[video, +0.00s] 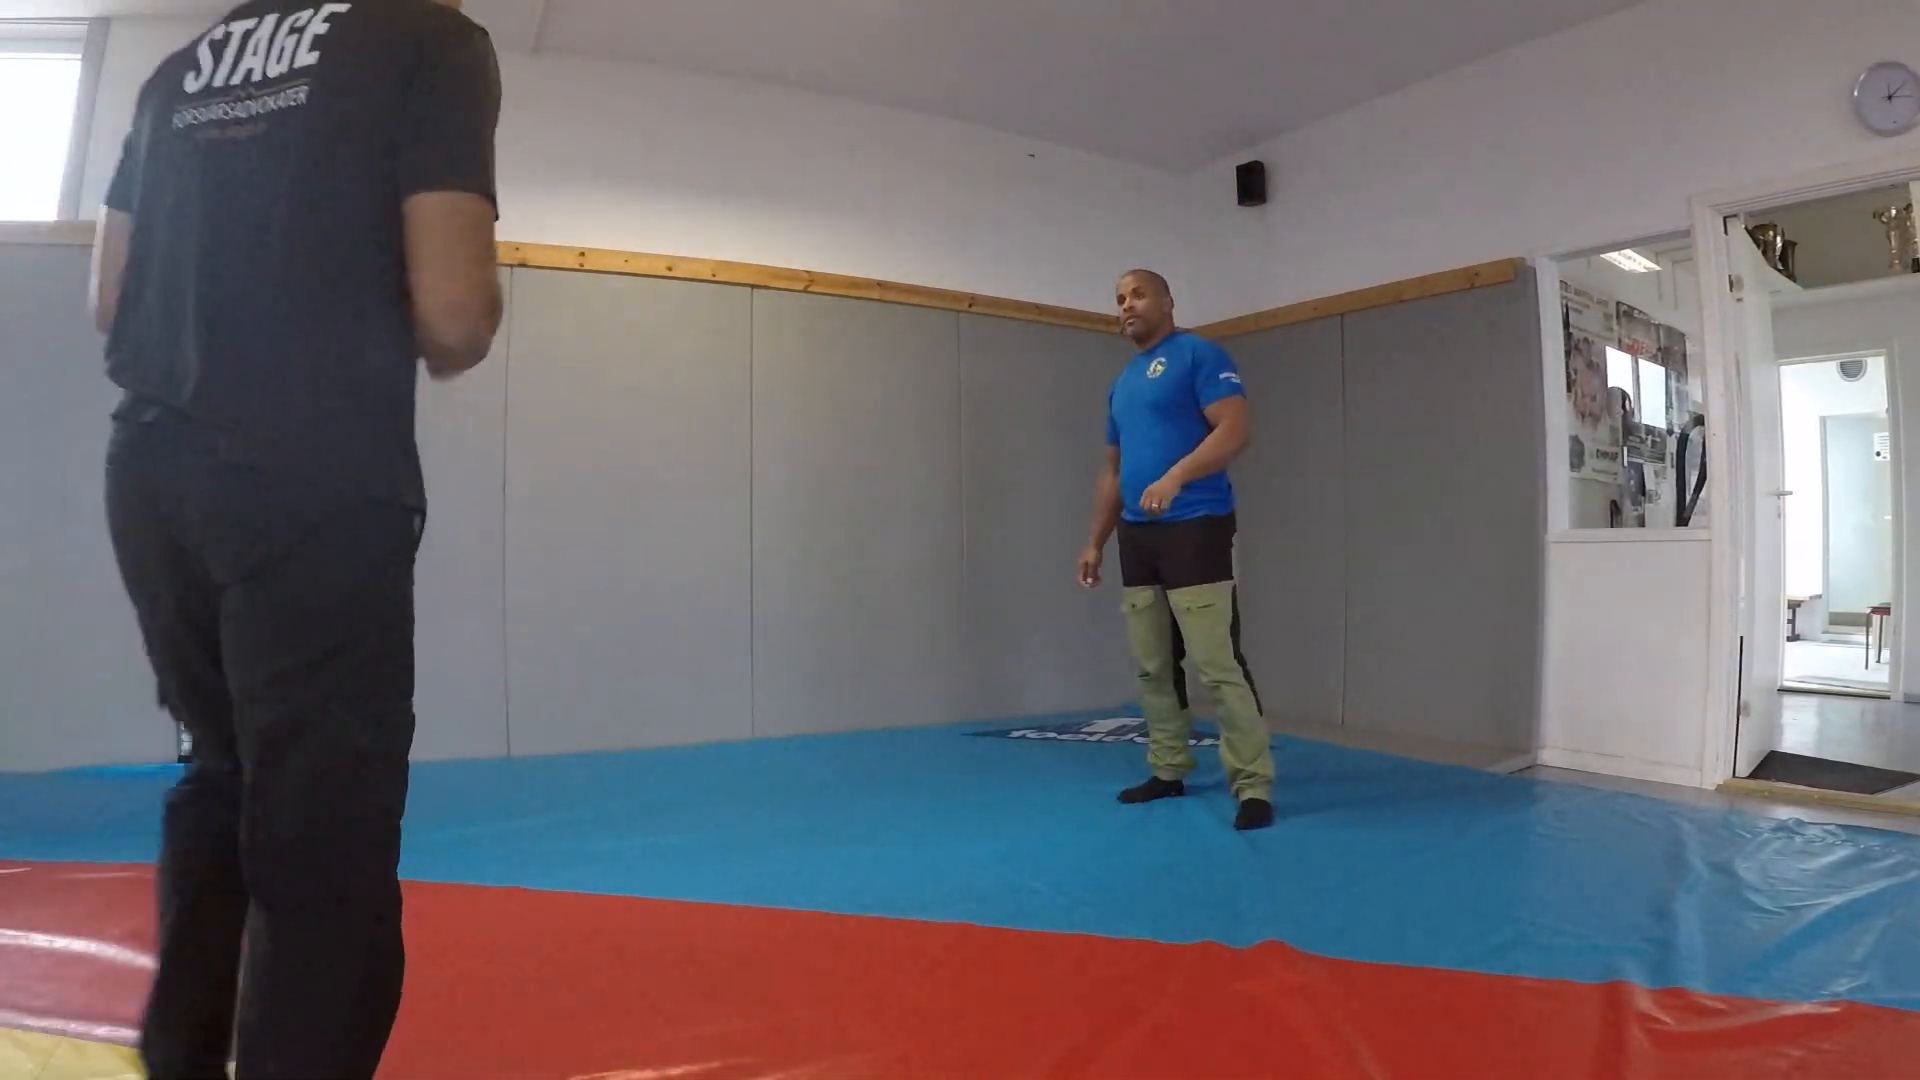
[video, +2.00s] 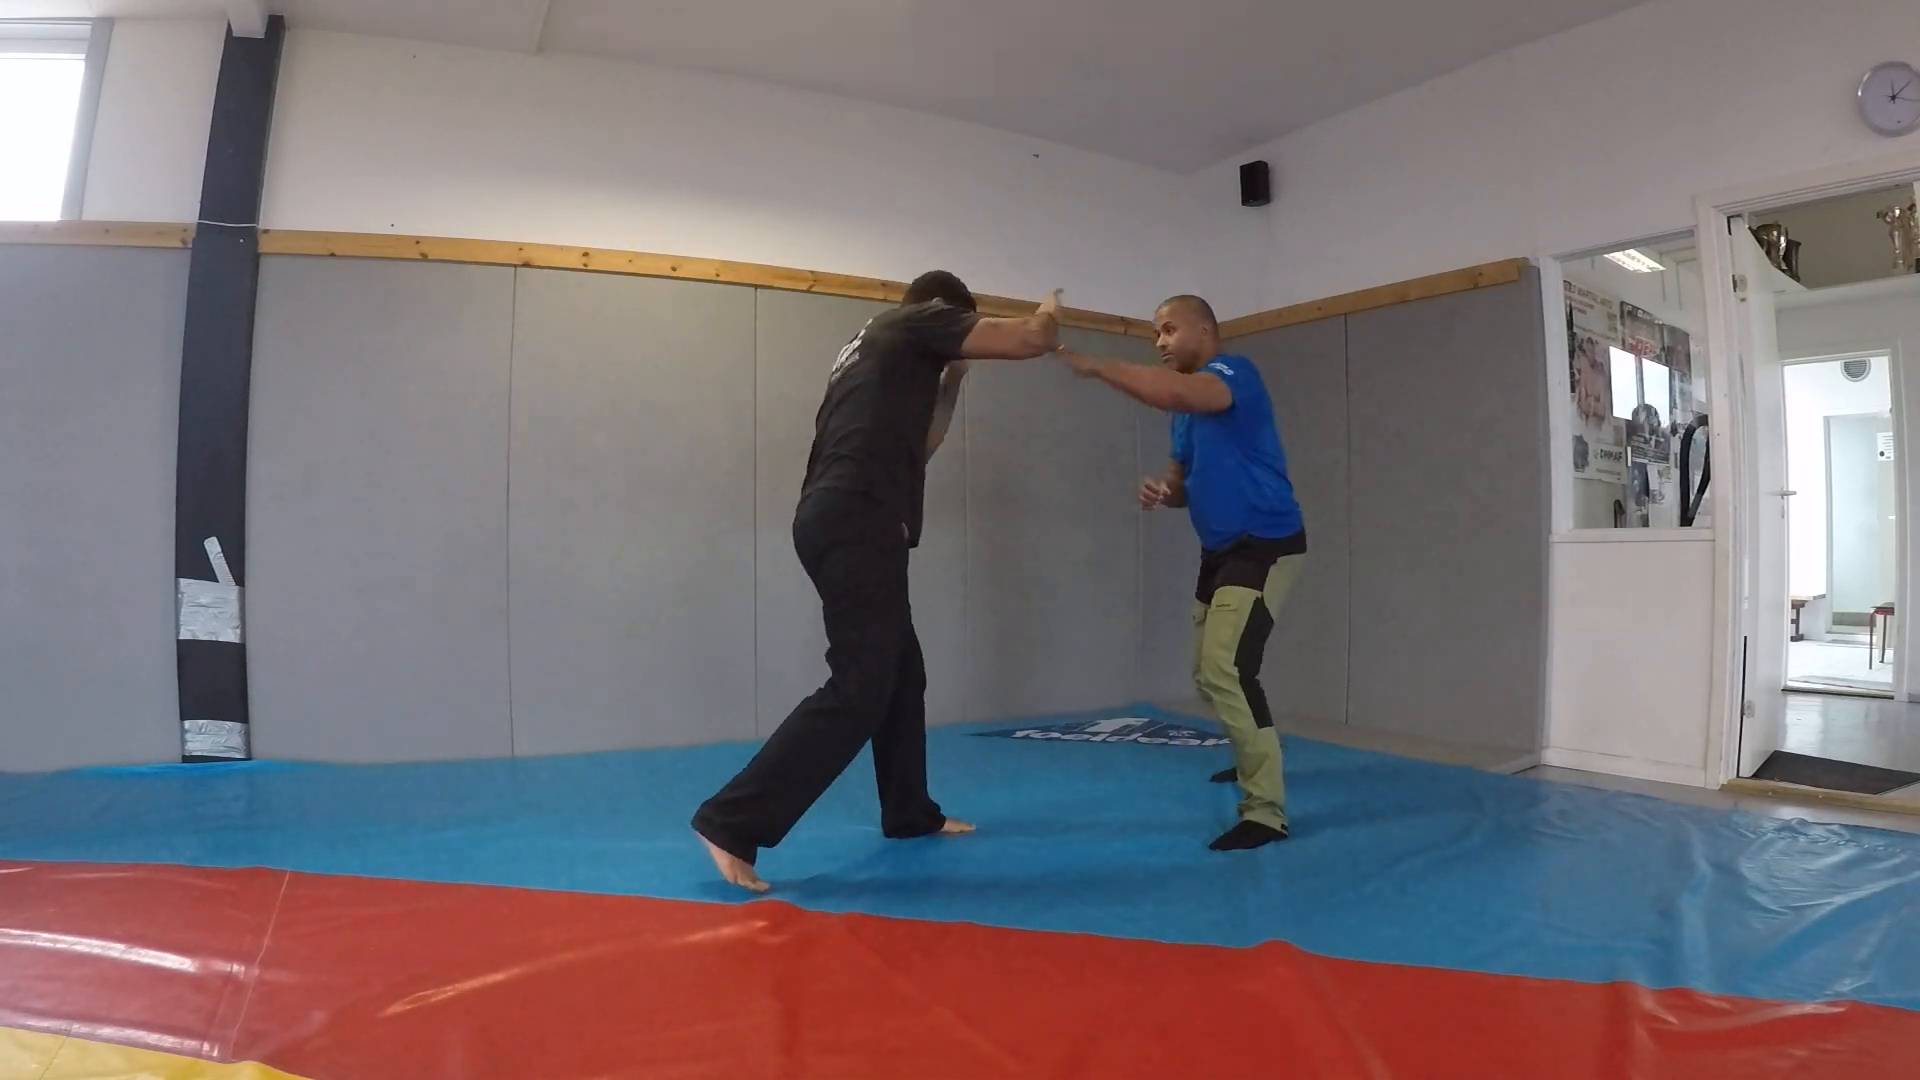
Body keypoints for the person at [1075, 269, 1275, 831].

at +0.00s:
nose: (1126, 307)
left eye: (1136, 296)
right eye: (1120, 301)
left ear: (1167, 302)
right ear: (1120, 315)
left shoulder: (1198, 355)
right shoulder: (1121, 384)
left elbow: (1234, 430)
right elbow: (1114, 470)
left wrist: (1174, 477)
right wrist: (1095, 542)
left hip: (1196, 528)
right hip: (1138, 535)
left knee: (1214, 663)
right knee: (1154, 665)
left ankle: (1252, 786)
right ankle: (1168, 773)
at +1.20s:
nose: (1132, 326)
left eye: (1143, 312)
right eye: (1128, 318)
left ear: (1181, 315)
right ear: (1135, 329)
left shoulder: (1206, 370)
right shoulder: (1167, 383)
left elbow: (1190, 457)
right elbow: (1171, 471)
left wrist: (1122, 405)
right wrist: (1118, 456)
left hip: (1233, 545)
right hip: (1185, 544)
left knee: (1199, 677)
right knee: (1148, 671)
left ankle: (1264, 815)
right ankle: (1170, 773)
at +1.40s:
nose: (1154, 328)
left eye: (1165, 315)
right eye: (1151, 318)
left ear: (1202, 319)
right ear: (1165, 326)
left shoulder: (1235, 381)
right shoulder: (1180, 383)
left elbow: (1211, 476)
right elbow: (1157, 447)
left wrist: (1145, 413)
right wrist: (1117, 400)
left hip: (1260, 548)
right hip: (1211, 545)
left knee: (1209, 674)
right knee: (1164, 667)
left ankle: (1264, 817)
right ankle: (1177, 770)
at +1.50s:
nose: (1169, 329)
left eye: (1179, 316)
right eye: (1166, 319)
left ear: (1220, 317)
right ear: (1174, 325)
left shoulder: (1259, 387)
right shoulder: (1181, 376)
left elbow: (1246, 480)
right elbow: (1116, 410)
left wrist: (1179, 412)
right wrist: (1068, 355)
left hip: (1267, 546)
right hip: (1213, 544)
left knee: (1217, 671)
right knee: (1172, 663)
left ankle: (1265, 818)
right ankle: (1215, 754)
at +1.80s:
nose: (1184, 327)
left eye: (1194, 316)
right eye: (1179, 319)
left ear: (1231, 321)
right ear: (1181, 329)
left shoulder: (1271, 378)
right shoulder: (1175, 387)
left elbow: (1264, 442)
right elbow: (1138, 465)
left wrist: (1216, 368)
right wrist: (1100, 424)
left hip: (1264, 540)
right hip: (1211, 546)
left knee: (1229, 664)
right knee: (1225, 664)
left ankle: (1268, 815)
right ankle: (1255, 758)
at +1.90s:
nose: (1173, 334)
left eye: (1184, 322)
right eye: (1168, 327)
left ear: (1221, 326)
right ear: (1170, 337)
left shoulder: (1257, 374)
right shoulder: (1174, 400)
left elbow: (1231, 409)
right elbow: (1164, 484)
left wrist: (1166, 344)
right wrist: (1139, 476)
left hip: (1264, 544)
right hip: (1214, 550)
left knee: (1224, 668)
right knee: (1225, 670)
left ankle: (1267, 813)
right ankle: (1258, 759)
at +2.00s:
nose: (1161, 341)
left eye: (1170, 329)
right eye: (1157, 335)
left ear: (1208, 330)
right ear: (1166, 343)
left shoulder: (1235, 373)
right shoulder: (1181, 397)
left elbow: (1175, 393)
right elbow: (1185, 485)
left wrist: (1096, 367)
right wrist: (1163, 491)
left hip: (1265, 545)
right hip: (1222, 548)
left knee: (1224, 673)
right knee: (1211, 671)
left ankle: (1267, 813)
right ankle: (1254, 758)